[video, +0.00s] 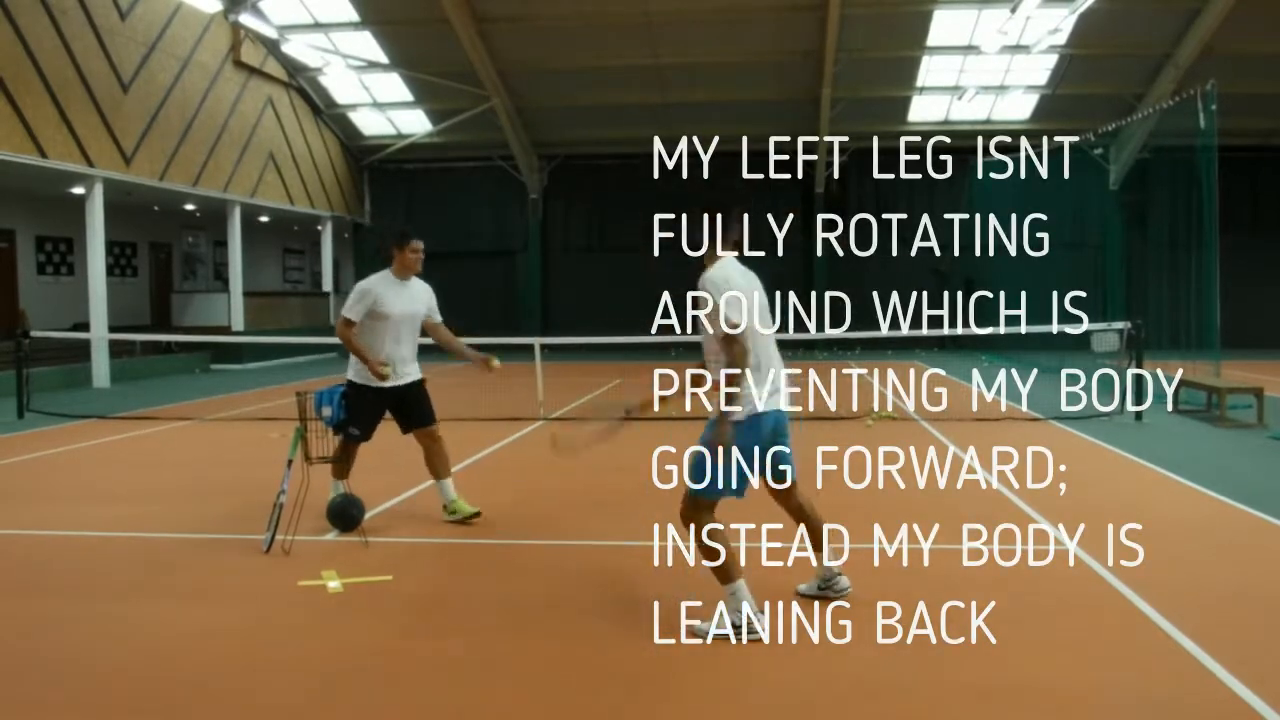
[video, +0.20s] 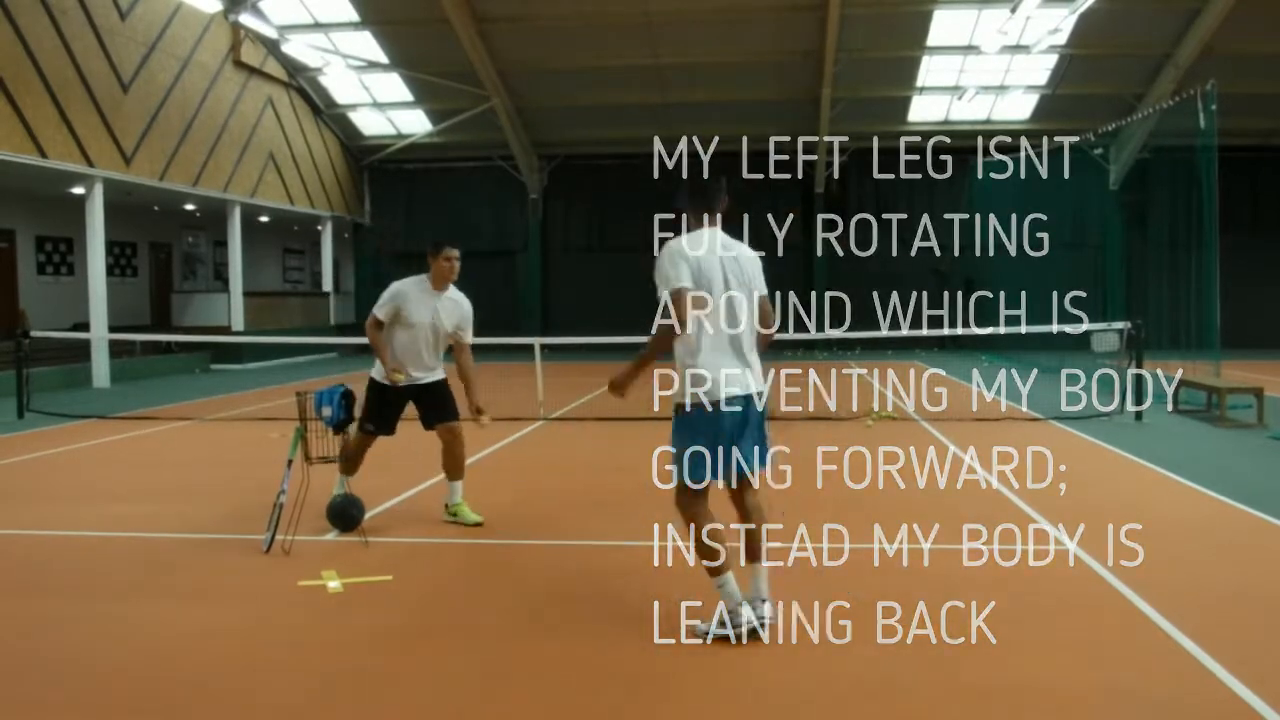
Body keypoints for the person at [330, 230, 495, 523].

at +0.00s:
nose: (420, 257)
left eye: (422, 252)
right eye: (414, 252)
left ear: (421, 256)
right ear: (396, 254)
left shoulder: (423, 291)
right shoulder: (369, 288)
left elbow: (438, 331)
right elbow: (343, 330)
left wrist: (475, 356)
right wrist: (369, 361)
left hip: (408, 382)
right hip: (367, 383)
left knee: (430, 436)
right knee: (350, 442)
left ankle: (451, 501)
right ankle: (337, 497)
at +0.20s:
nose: (454, 266)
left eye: (457, 260)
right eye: (447, 260)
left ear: (460, 265)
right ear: (431, 262)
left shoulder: (461, 304)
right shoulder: (401, 291)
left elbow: (463, 352)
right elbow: (372, 325)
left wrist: (473, 399)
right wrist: (386, 364)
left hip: (431, 380)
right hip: (390, 379)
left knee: (452, 433)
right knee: (364, 437)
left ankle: (455, 503)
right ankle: (340, 490)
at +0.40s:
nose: (467, 260)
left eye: (469, 255)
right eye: (460, 254)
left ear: (472, 260)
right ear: (444, 257)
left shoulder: (475, 301)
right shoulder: (415, 286)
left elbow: (483, 347)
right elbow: (389, 322)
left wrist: (492, 392)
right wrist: (403, 358)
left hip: (445, 376)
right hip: (404, 374)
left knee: (459, 433)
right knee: (380, 434)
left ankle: (456, 503)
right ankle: (359, 495)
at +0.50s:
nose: (465, 257)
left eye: (468, 252)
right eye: (459, 251)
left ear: (471, 259)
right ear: (444, 256)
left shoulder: (475, 296)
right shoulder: (415, 286)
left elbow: (496, 329)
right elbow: (390, 323)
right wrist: (400, 354)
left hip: (448, 376)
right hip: (407, 373)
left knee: (459, 433)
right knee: (386, 434)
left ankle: (456, 503)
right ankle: (367, 494)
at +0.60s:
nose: (462, 255)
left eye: (465, 250)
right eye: (456, 249)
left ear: (468, 257)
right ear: (440, 255)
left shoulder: (473, 291)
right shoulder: (414, 286)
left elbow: (500, 307)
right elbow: (390, 321)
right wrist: (393, 360)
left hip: (448, 378)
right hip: (407, 374)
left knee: (459, 434)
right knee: (382, 436)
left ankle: (456, 503)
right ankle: (365, 493)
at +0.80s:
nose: (443, 251)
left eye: (446, 247)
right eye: (437, 246)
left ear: (449, 253)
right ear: (421, 252)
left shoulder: (459, 287)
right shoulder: (399, 288)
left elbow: (498, 302)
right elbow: (378, 329)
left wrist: (512, 276)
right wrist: (385, 363)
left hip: (440, 377)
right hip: (399, 376)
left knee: (455, 435)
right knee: (376, 438)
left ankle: (455, 503)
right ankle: (350, 486)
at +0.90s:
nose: (427, 252)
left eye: (429, 248)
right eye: (420, 247)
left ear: (433, 255)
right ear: (404, 255)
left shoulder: (447, 290)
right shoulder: (386, 292)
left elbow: (482, 327)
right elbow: (365, 335)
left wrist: (486, 303)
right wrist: (373, 368)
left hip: (433, 381)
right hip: (392, 383)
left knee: (452, 435)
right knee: (373, 444)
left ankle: (455, 503)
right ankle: (341, 485)